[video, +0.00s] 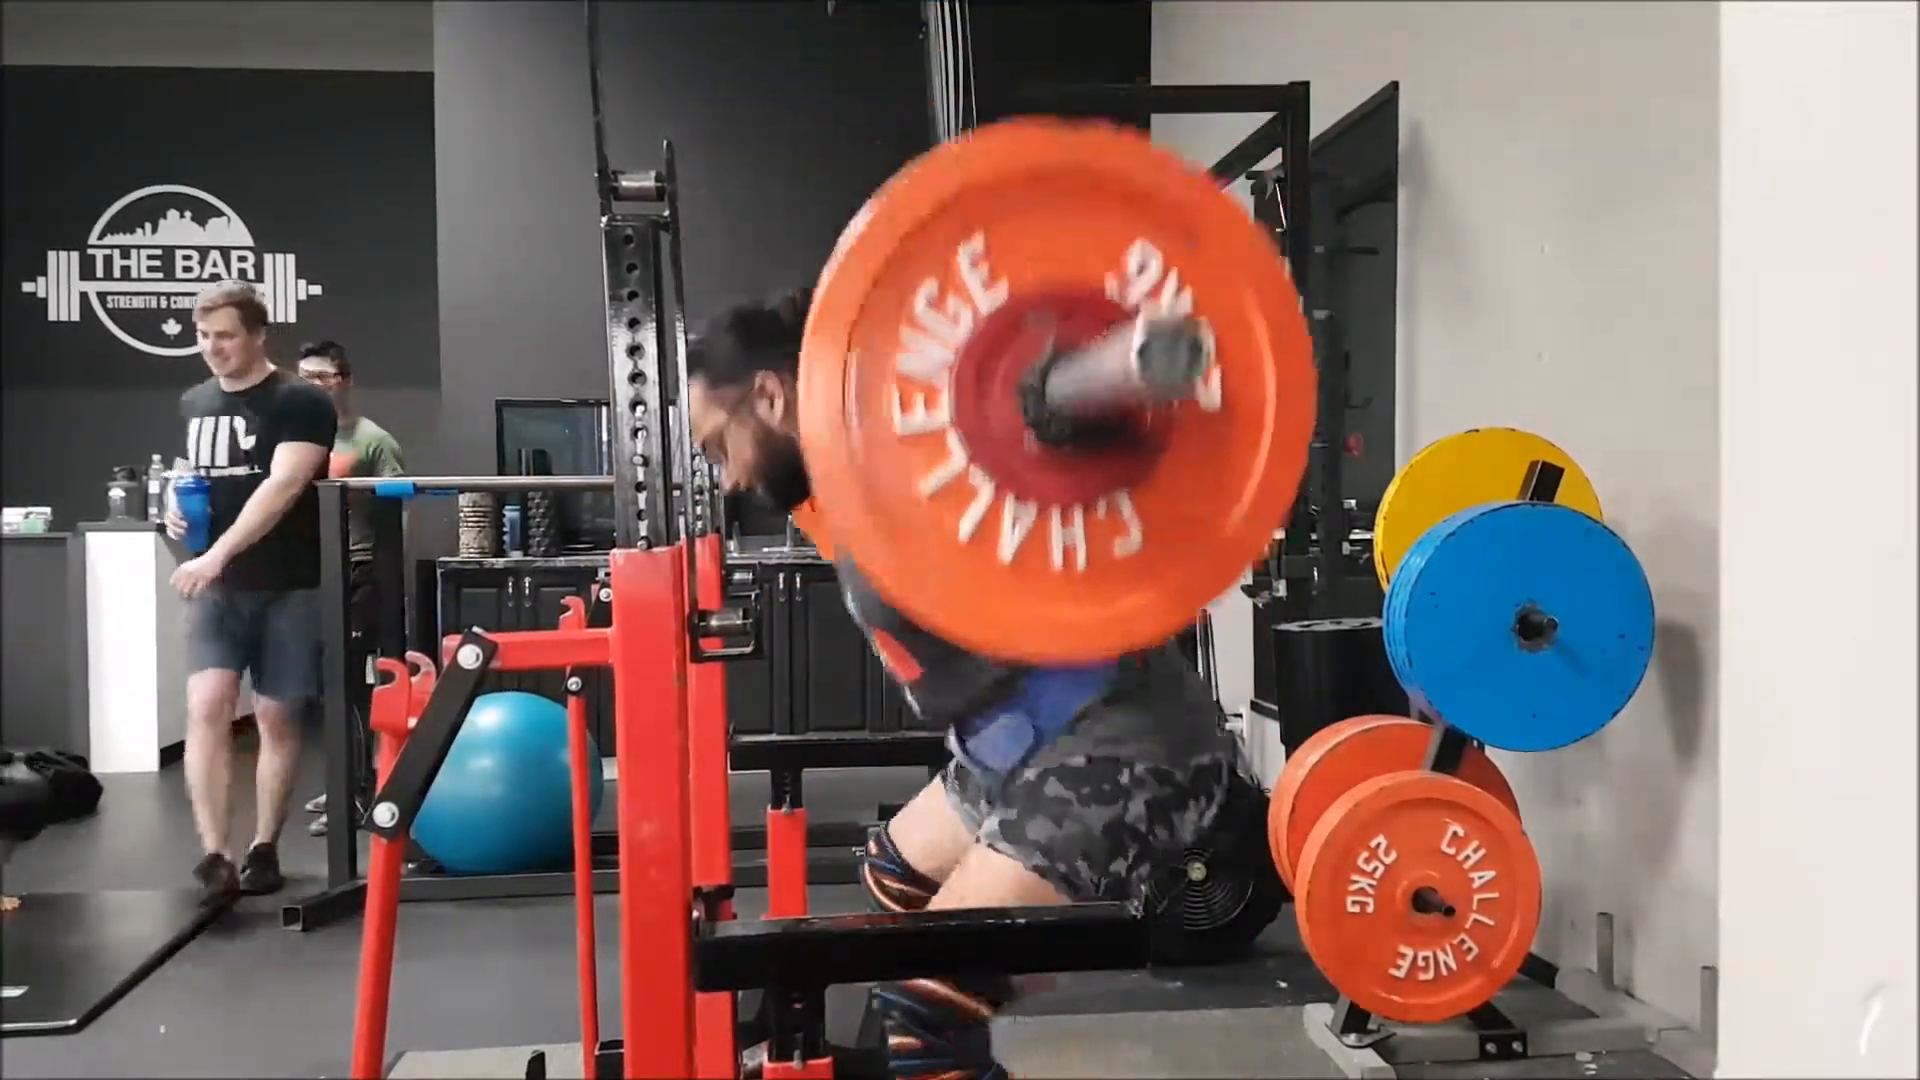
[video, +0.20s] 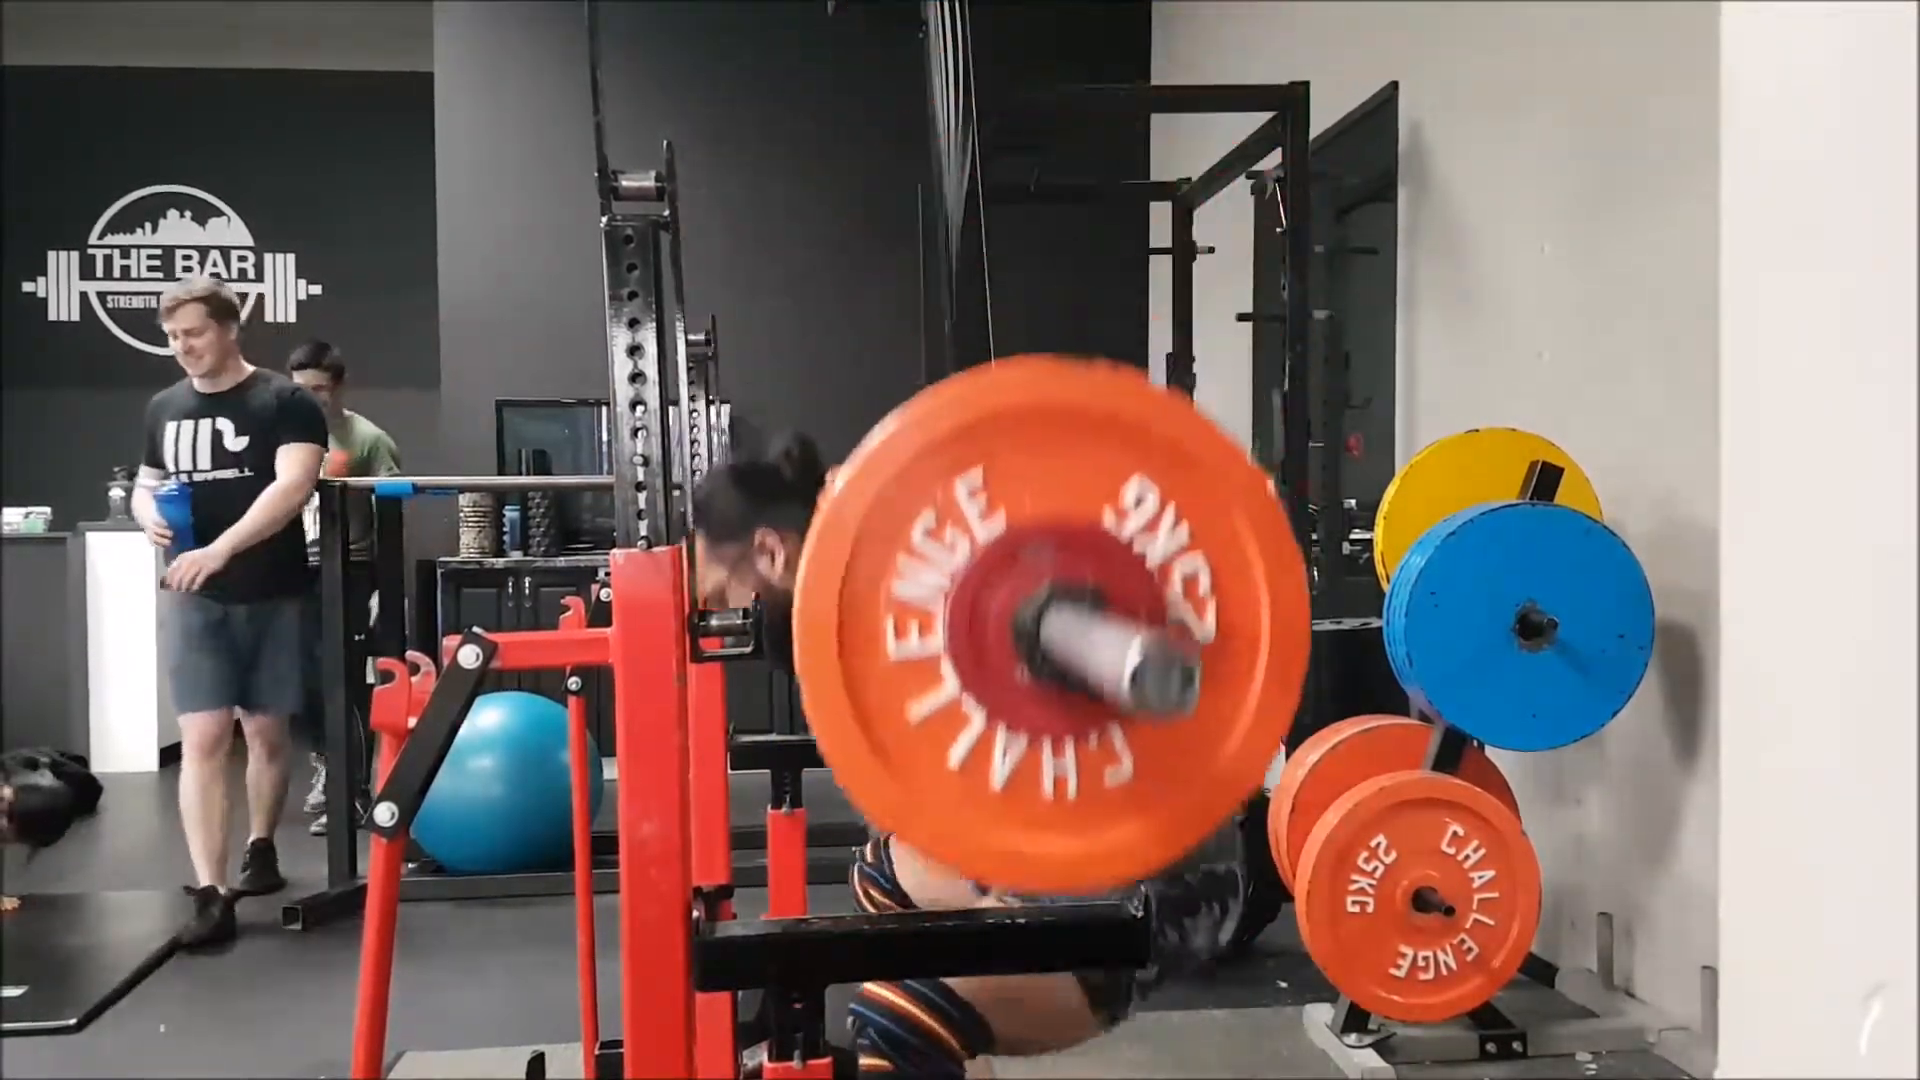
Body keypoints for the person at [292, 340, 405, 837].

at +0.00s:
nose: (317, 386)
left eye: (326, 376)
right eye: (309, 377)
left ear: (346, 381)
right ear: (299, 382)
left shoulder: (373, 441)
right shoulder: (298, 441)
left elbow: (400, 508)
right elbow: (293, 503)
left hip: (366, 573)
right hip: (321, 572)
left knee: (365, 681)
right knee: (332, 682)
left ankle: (368, 787)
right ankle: (340, 786)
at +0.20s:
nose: (311, 398)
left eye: (320, 388)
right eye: (302, 389)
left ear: (339, 388)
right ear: (290, 389)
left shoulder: (370, 441)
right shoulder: (284, 439)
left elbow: (395, 509)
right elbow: (272, 500)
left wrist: (351, 487)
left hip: (355, 567)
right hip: (303, 568)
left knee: (349, 670)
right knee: (309, 669)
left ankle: (358, 777)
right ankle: (326, 762)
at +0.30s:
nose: (303, 401)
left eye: (313, 391)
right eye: (294, 391)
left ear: (334, 388)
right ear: (282, 389)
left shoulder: (363, 440)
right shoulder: (277, 437)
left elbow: (379, 522)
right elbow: (262, 507)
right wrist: (260, 571)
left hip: (341, 579)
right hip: (289, 577)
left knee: (342, 690)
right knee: (296, 684)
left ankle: (351, 797)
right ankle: (310, 767)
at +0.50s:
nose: (283, 401)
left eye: (292, 391)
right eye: (273, 391)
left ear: (310, 389)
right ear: (257, 390)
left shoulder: (339, 440)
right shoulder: (244, 439)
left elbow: (360, 517)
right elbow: (224, 510)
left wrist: (330, 582)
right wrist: (234, 579)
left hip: (316, 582)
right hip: (256, 584)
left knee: (334, 700)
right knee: (234, 708)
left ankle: (348, 801)